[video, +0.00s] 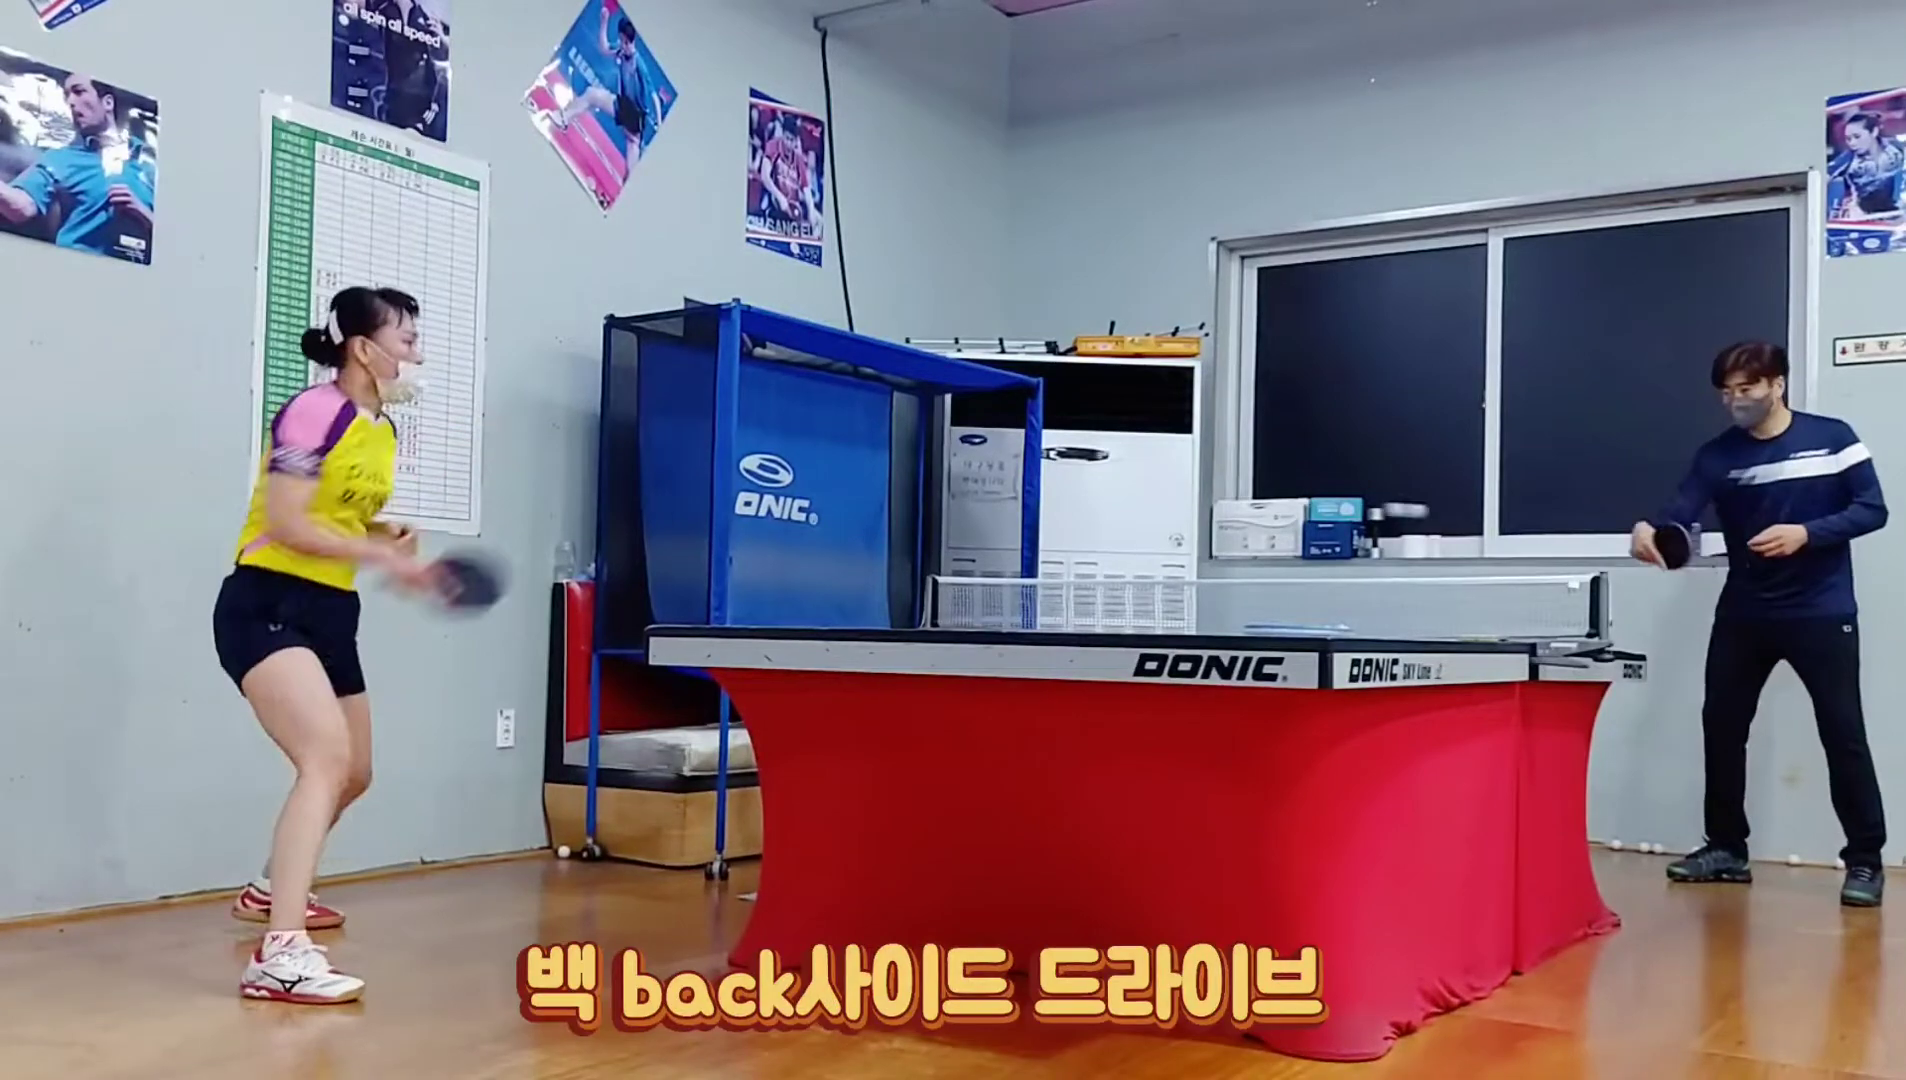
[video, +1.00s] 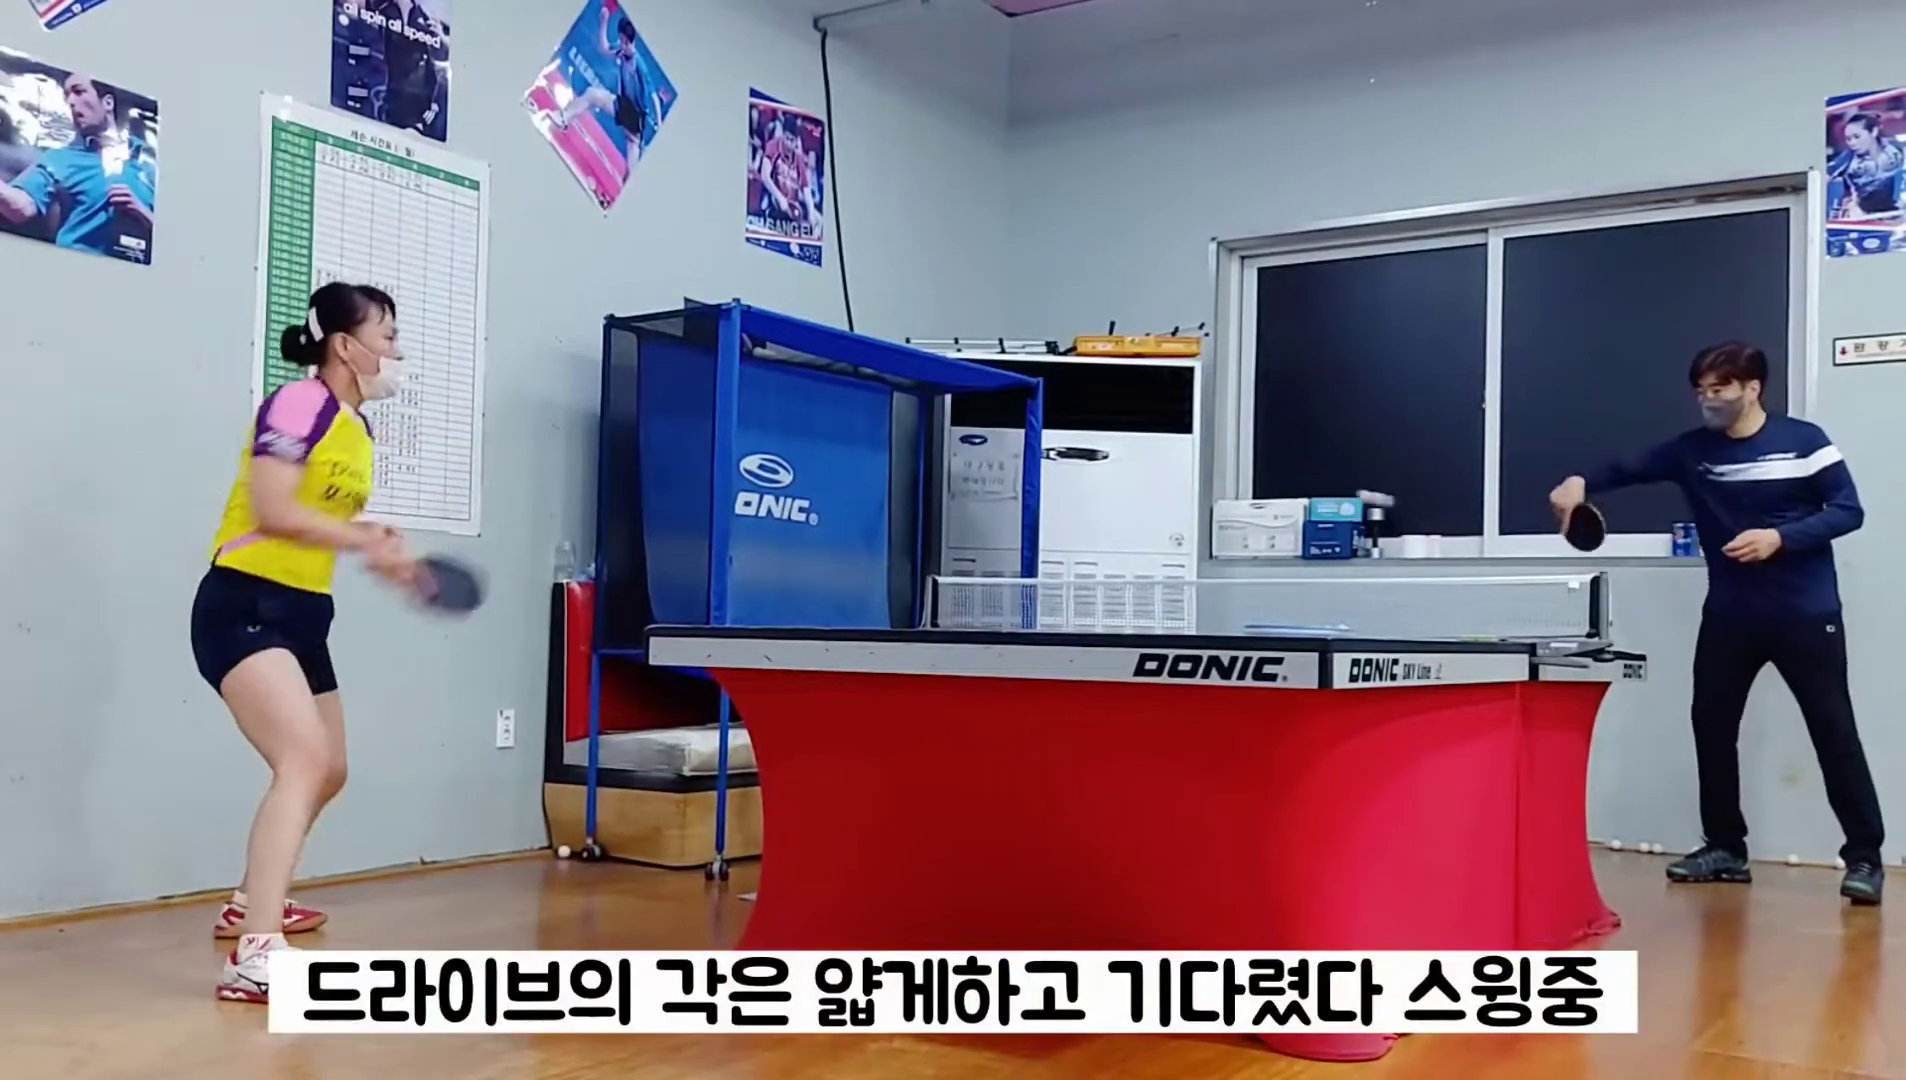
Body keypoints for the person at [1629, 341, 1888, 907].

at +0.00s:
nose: (1736, 399)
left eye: (1746, 388)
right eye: (1728, 391)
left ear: (1777, 386)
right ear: (1721, 396)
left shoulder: (1833, 438)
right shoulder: (1717, 456)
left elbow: (1873, 509)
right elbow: (1680, 520)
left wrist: (1806, 532)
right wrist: (1652, 532)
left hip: (1821, 616)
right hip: (1744, 615)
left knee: (1843, 736)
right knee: (1721, 726)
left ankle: (1863, 862)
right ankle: (1726, 849)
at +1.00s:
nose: (1708, 398)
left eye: (1719, 387)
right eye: (1701, 390)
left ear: (1752, 387)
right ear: (1696, 395)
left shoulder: (1805, 440)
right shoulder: (1691, 451)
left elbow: (1847, 510)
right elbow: (1628, 468)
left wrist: (1780, 536)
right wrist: (1581, 483)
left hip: (1806, 618)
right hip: (1729, 619)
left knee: (1834, 734)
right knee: (1711, 727)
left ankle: (1863, 859)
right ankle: (1725, 849)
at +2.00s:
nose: (1733, 395)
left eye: (1744, 384)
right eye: (1726, 387)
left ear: (1777, 383)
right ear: (1721, 393)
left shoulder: (1831, 437)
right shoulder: (1716, 456)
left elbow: (1873, 508)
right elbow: (1664, 514)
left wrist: (1801, 531)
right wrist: (1628, 519)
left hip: (1823, 614)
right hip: (1747, 614)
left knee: (1845, 739)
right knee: (1724, 727)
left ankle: (1864, 863)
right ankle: (1727, 849)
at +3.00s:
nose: (1724, 399)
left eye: (1734, 388)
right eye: (1716, 392)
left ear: (1766, 387)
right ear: (1710, 397)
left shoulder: (1819, 440)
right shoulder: (1705, 457)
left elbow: (1858, 512)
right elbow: (1661, 515)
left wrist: (1787, 531)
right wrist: (1626, 527)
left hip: (1808, 616)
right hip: (1733, 616)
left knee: (1837, 738)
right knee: (1713, 727)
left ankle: (1864, 863)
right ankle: (1725, 850)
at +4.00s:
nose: (1725, 397)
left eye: (1736, 385)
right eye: (1717, 389)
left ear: (1768, 385)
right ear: (1711, 396)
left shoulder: (1821, 438)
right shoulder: (1706, 458)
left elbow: (1861, 509)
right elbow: (1663, 508)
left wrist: (1793, 530)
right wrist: (1623, 520)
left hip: (1812, 614)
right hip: (1737, 614)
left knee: (1839, 736)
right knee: (1716, 727)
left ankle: (1864, 862)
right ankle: (1726, 849)